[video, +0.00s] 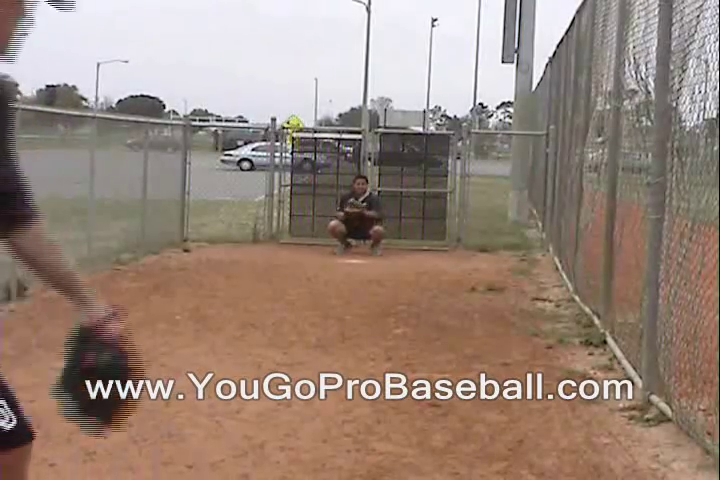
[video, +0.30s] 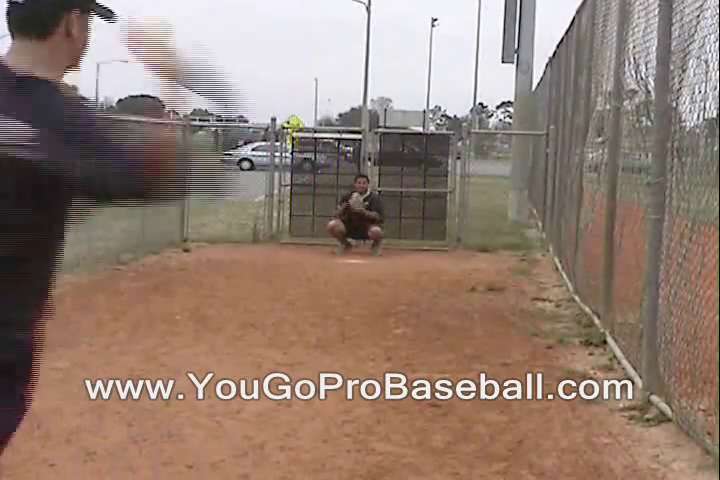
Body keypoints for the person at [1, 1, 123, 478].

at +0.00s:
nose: (26, 16)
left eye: (25, 9)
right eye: (20, 7)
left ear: (14, 13)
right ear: (1, 9)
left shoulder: (4, 90)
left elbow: (20, 224)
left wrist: (85, 301)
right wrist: (86, 302)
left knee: (15, 438)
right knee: (14, 439)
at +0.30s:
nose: (89, 35)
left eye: (90, 23)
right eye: (88, 22)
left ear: (18, 22)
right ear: (69, 24)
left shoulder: (11, 93)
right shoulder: (49, 111)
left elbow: (130, 178)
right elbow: (142, 177)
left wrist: (168, 95)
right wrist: (170, 92)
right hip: (10, 325)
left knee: (11, 411)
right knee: (7, 413)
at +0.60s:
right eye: (70, 26)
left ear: (5, 21)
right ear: (65, 27)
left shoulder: (13, 45)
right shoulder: (80, 69)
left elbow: (44, 84)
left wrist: (0, 138)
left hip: (55, 240)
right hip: (133, 239)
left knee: (16, 414)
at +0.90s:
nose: (59, 65)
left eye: (60, 59)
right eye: (61, 60)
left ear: (63, 58)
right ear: (116, 55)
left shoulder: (68, 91)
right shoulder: (148, 100)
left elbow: (100, 139)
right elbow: (165, 188)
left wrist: (63, 234)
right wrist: (105, 250)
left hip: (154, 263)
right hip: (229, 256)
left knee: (82, 416)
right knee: (288, 392)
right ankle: (379, 472)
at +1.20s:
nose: (166, 43)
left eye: (166, 35)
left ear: (166, 37)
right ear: (220, 30)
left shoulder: (181, 86)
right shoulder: (258, 84)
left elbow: (212, 165)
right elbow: (322, 161)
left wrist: (164, 224)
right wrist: (338, 212)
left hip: (218, 274)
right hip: (285, 273)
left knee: (143, 394)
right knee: (278, 410)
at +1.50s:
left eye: (197, 33)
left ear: (199, 35)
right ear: (251, 34)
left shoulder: (184, 87)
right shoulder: (294, 89)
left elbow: (179, 161)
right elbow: (361, 160)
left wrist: (141, 209)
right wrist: (406, 219)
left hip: (218, 272)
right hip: (286, 268)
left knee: (230, 400)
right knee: (284, 392)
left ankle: (266, 473)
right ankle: (302, 474)